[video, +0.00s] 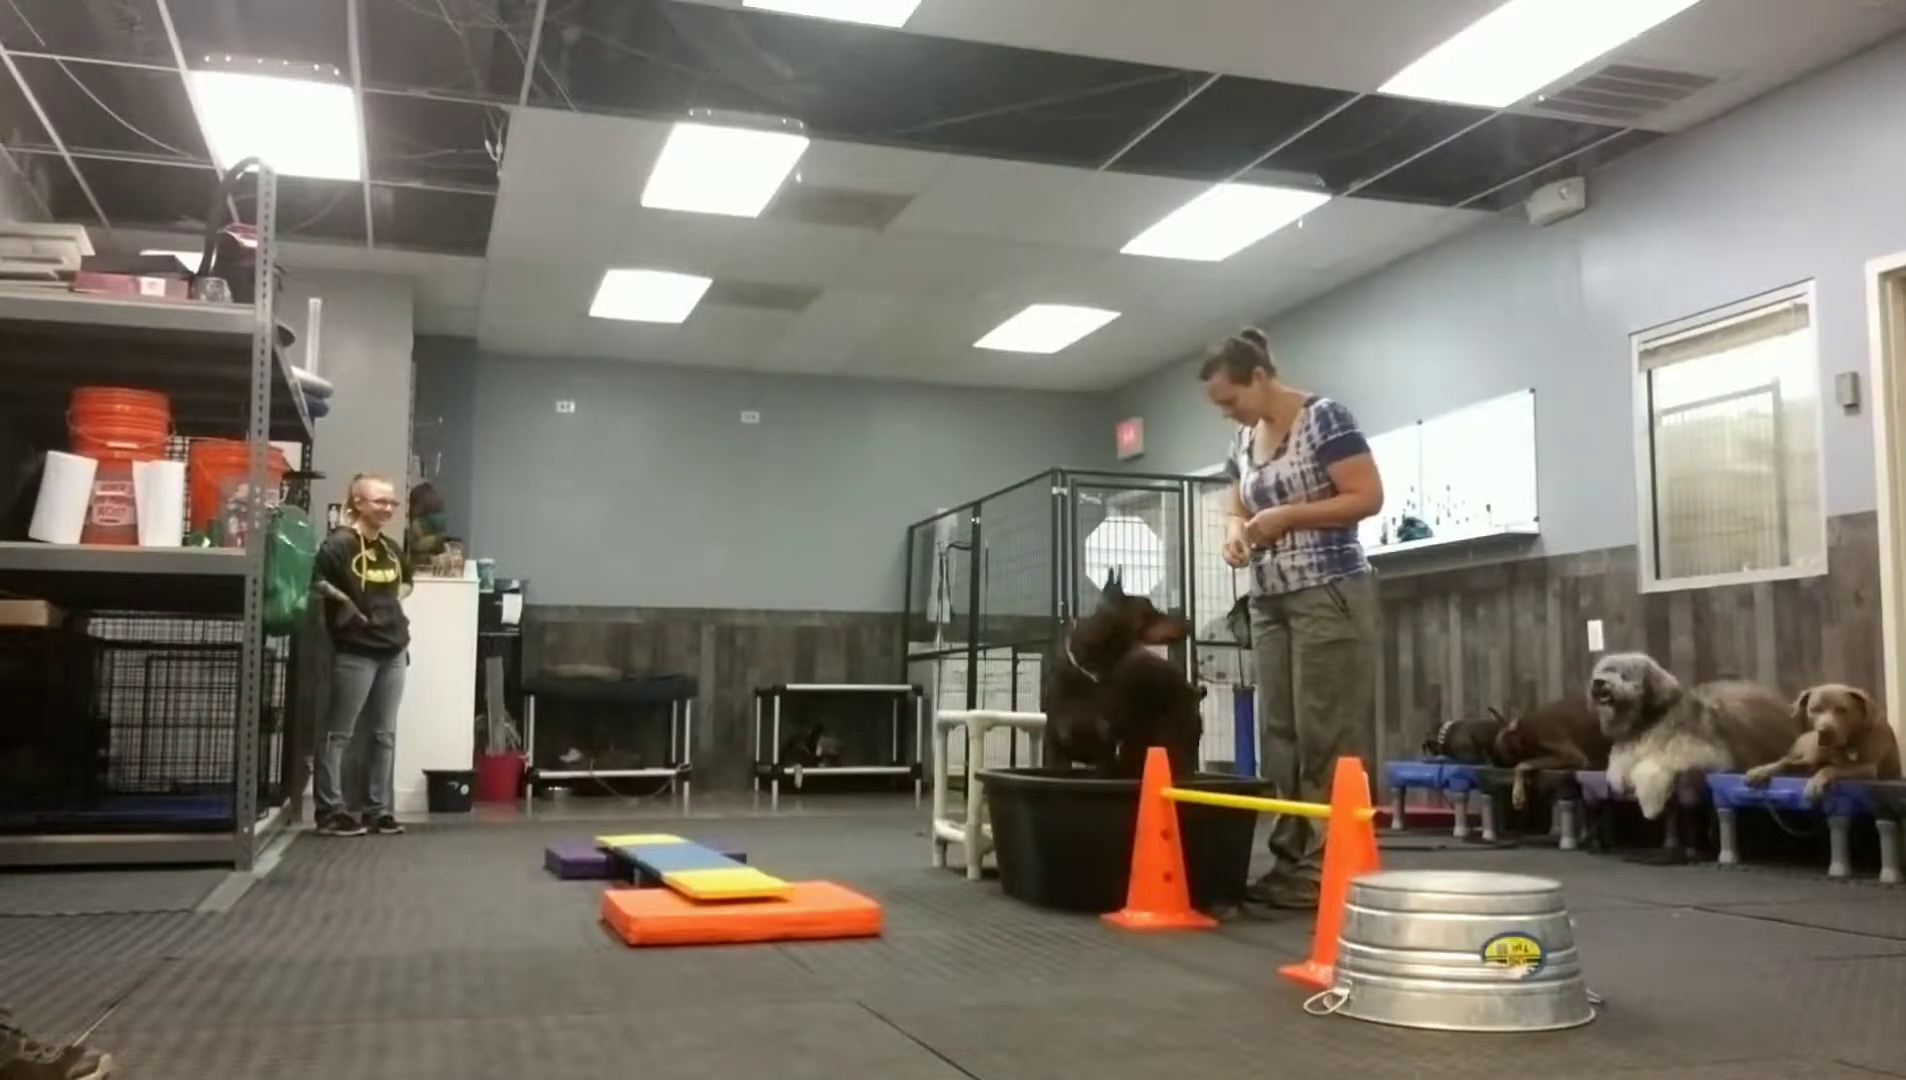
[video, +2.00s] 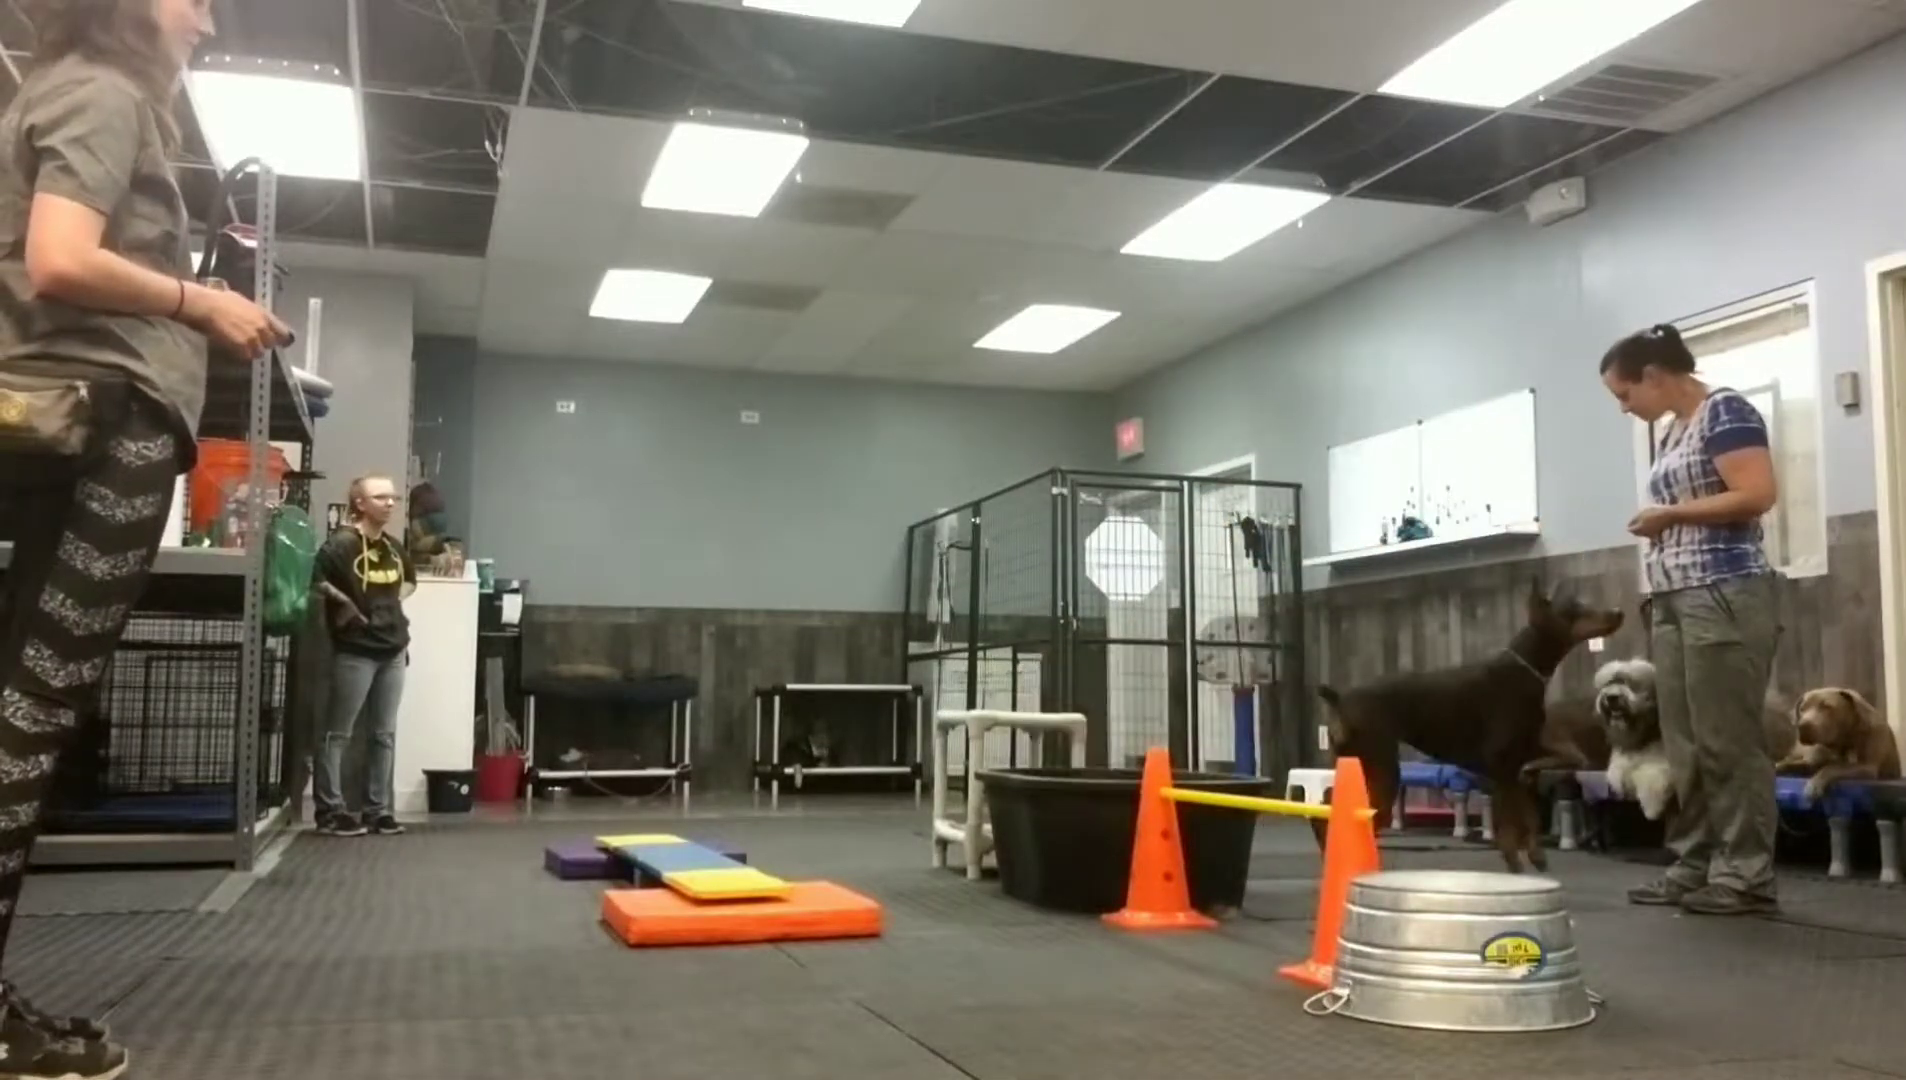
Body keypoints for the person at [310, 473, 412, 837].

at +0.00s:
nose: (389, 509)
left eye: (392, 503)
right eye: (381, 502)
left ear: (392, 507)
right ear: (358, 504)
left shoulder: (389, 547)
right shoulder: (338, 546)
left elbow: (403, 584)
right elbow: (317, 586)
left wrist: (394, 621)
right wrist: (347, 607)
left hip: (393, 649)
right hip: (355, 649)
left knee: (383, 734)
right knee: (338, 735)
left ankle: (377, 811)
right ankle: (330, 811)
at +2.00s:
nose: (390, 504)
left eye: (392, 498)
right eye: (381, 498)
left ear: (394, 504)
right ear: (359, 503)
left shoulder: (392, 546)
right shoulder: (340, 546)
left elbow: (406, 583)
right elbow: (316, 585)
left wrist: (396, 624)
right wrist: (347, 609)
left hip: (393, 649)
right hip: (355, 650)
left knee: (383, 734)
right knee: (339, 734)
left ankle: (378, 811)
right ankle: (330, 811)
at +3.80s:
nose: (385, 503)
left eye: (388, 497)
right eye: (376, 496)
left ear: (393, 503)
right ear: (356, 503)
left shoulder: (392, 548)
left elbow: (403, 595)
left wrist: (390, 622)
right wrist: (373, 627)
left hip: (389, 652)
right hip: (352, 651)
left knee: (382, 735)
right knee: (338, 733)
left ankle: (376, 808)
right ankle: (330, 809)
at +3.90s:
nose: (382, 505)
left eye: (385, 500)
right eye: (374, 499)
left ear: (388, 505)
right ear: (356, 503)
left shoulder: (386, 549)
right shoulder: (340, 541)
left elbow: (413, 582)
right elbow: (322, 580)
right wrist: (345, 604)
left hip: (389, 649)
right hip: (354, 648)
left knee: (382, 734)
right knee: (339, 733)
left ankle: (377, 809)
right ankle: (330, 810)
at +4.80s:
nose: (378, 512)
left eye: (384, 506)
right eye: (371, 505)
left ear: (389, 509)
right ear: (352, 507)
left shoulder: (388, 550)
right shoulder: (337, 543)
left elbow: (425, 563)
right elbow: (317, 579)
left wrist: (407, 538)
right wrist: (340, 600)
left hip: (390, 649)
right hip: (354, 648)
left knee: (383, 734)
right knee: (340, 734)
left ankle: (377, 810)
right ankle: (330, 810)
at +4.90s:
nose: (377, 505)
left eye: (382, 500)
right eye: (369, 499)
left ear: (389, 506)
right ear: (353, 504)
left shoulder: (387, 550)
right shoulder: (337, 545)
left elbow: (391, 597)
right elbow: (320, 591)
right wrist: (348, 618)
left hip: (390, 649)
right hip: (353, 649)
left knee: (382, 735)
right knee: (338, 734)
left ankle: (377, 811)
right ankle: (329, 810)